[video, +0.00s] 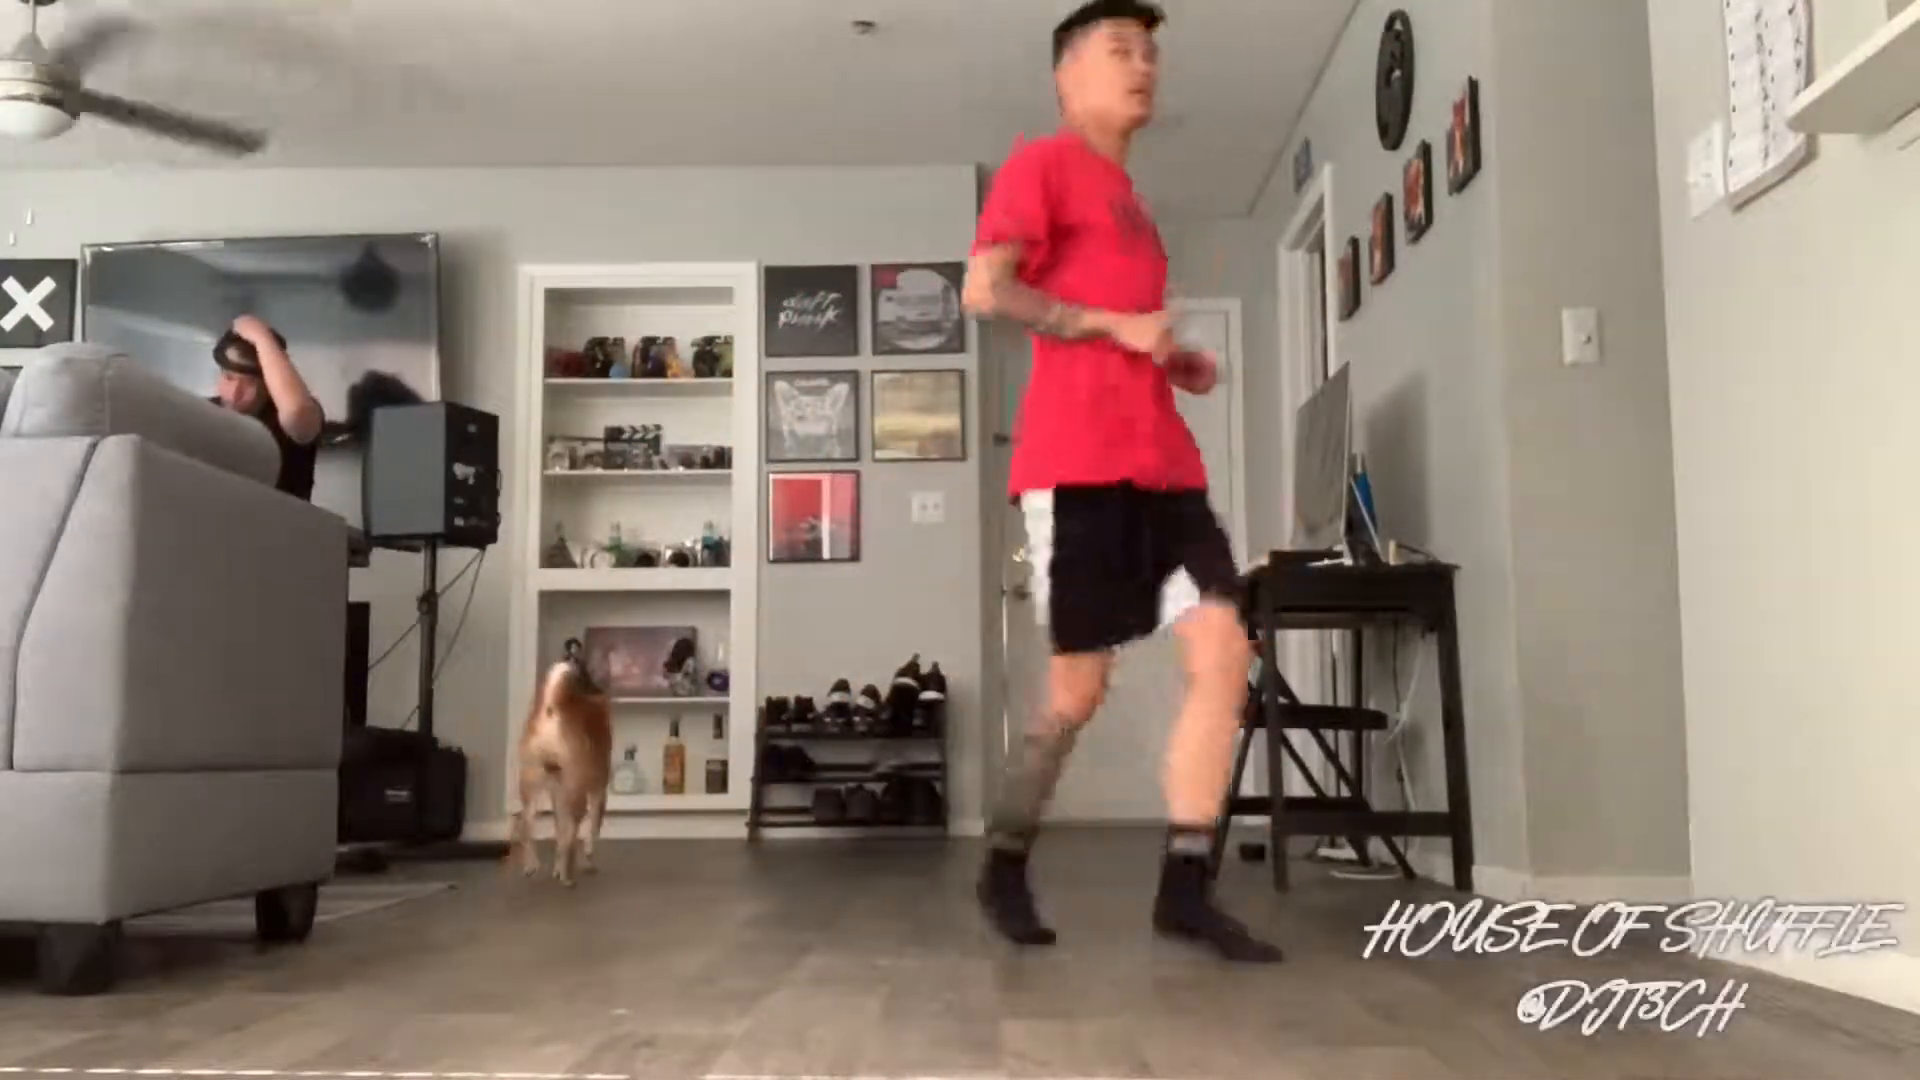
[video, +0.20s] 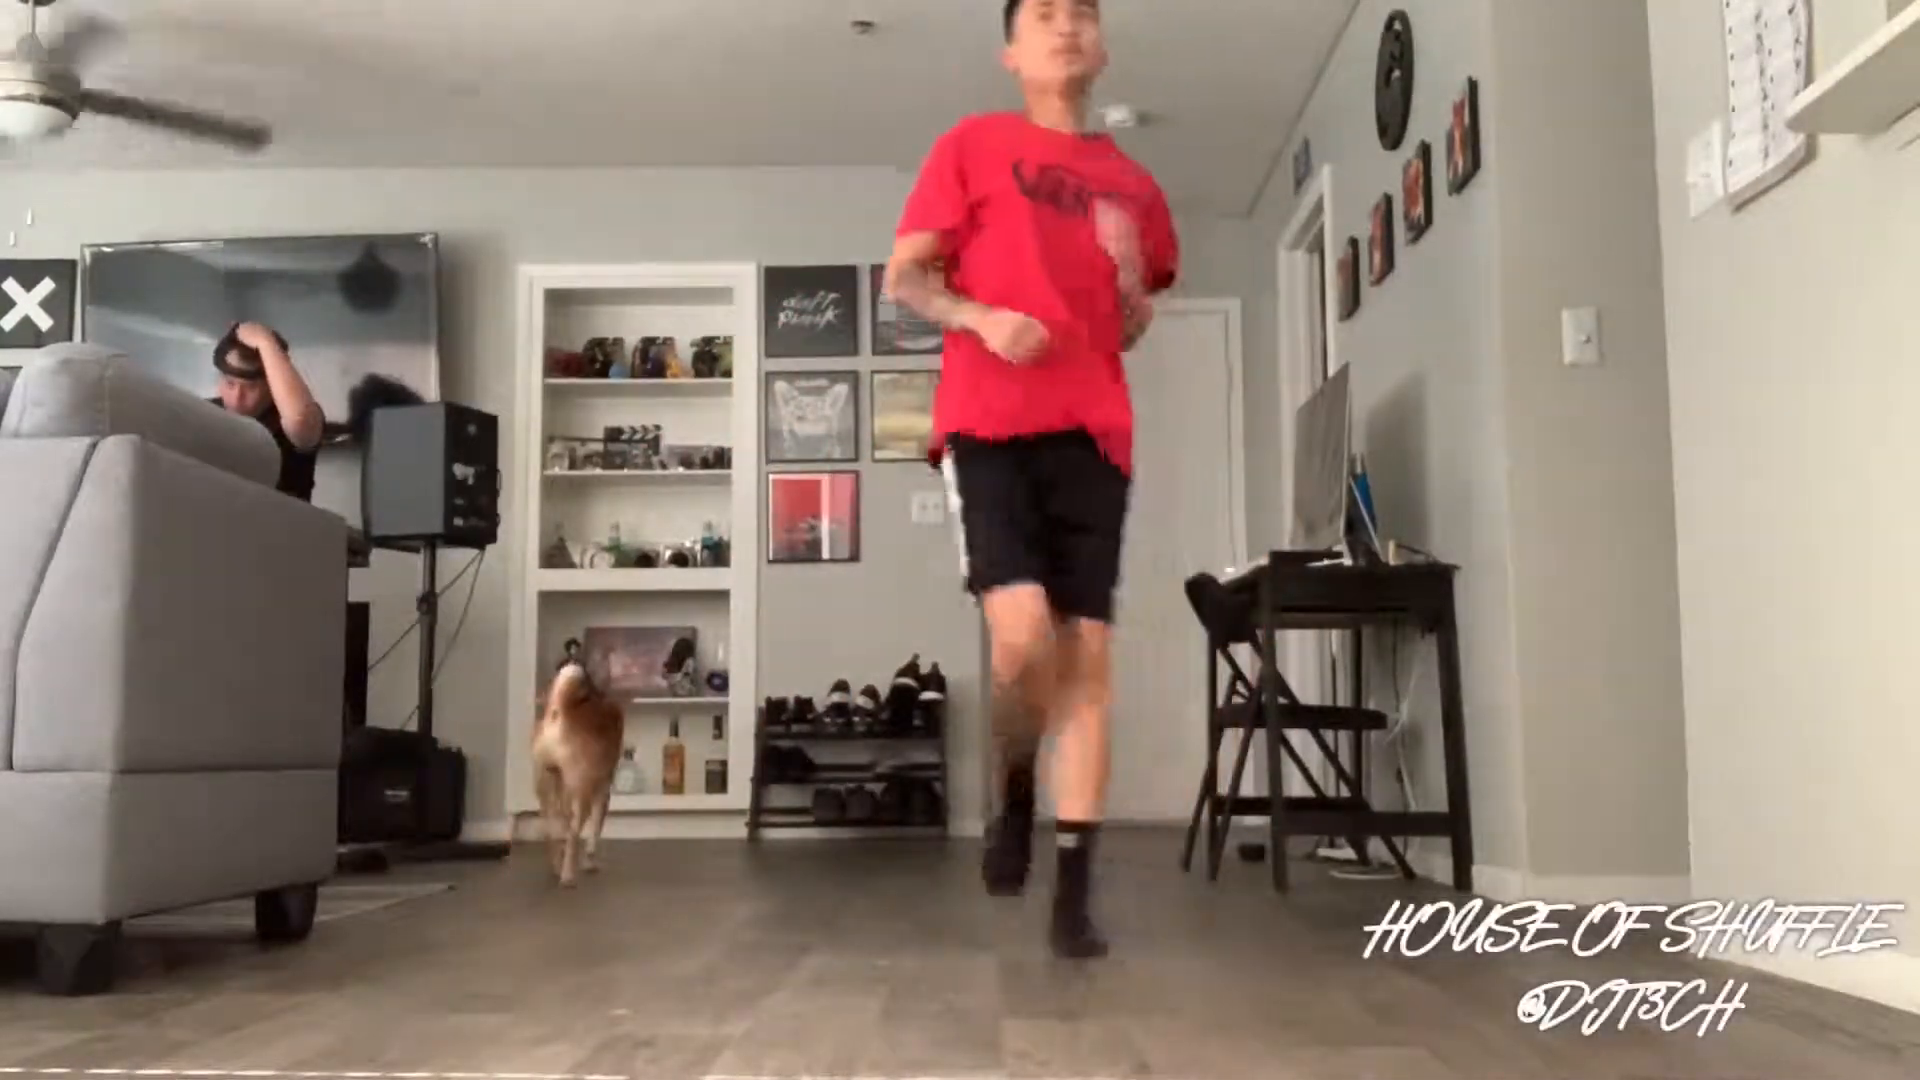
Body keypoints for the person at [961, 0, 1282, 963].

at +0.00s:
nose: (1143, 66)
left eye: (1150, 53)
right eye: (1122, 50)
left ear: (1153, 82)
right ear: (1067, 71)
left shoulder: (1126, 198)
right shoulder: (1042, 162)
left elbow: (1105, 317)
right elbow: (987, 287)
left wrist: (1169, 362)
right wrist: (1111, 323)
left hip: (1159, 465)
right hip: (1078, 466)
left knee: (1224, 657)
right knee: (1077, 685)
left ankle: (1185, 893)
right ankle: (1005, 866)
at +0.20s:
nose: (1068, 26)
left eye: (1081, 13)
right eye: (1045, 16)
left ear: (1103, 45)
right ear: (1009, 51)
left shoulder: (1133, 183)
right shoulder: (973, 146)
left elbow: (1130, 329)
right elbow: (905, 276)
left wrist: (1132, 287)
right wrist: (984, 319)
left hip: (1091, 429)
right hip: (991, 427)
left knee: (1085, 650)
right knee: (1024, 642)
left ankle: (1074, 890)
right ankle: (1014, 796)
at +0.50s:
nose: (881, 68)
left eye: (904, 50)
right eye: (878, 57)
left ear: (965, 73)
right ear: (881, 87)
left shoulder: (1023, 196)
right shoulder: (859, 215)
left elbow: (1060, 338)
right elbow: (854, 344)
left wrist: (963, 300)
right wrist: (844, 395)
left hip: (980, 476)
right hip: (875, 479)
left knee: (1008, 684)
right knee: (873, 668)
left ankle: (1050, 888)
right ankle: (840, 896)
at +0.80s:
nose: (787, 67)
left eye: (803, 46)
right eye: (790, 50)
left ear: (861, 55)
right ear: (848, 61)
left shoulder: (935, 176)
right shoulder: (795, 195)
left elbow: (990, 319)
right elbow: (774, 320)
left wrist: (888, 353)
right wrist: (763, 321)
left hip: (875, 458)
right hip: (794, 460)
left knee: (763, 628)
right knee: (803, 666)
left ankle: (874, 789)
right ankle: (832, 860)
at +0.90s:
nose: (778, 64)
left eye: (791, 43)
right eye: (780, 46)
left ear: (846, 50)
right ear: (835, 54)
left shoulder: (921, 170)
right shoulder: (779, 186)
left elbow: (964, 318)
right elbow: (763, 310)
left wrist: (864, 344)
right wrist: (753, 328)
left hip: (851, 447)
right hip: (772, 448)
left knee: (752, 651)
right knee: (816, 679)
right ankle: (871, 880)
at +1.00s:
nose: (769, 90)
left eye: (781, 68)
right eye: (772, 72)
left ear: (836, 74)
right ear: (826, 78)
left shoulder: (905, 201)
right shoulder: (773, 214)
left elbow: (952, 343)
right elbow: (741, 334)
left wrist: (846, 347)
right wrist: (731, 351)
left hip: (826, 486)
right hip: (755, 484)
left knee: (728, 671)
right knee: (814, 691)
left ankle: (682, 901)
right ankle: (882, 885)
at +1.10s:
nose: (760, 62)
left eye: (772, 39)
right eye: (760, 44)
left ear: (832, 39)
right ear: (816, 45)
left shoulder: (905, 157)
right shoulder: (776, 177)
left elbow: (944, 307)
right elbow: (784, 309)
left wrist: (823, 301)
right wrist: (736, 352)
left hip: (825, 450)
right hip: (753, 441)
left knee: (770, 650)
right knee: (709, 646)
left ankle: (754, 885)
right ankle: (820, 820)